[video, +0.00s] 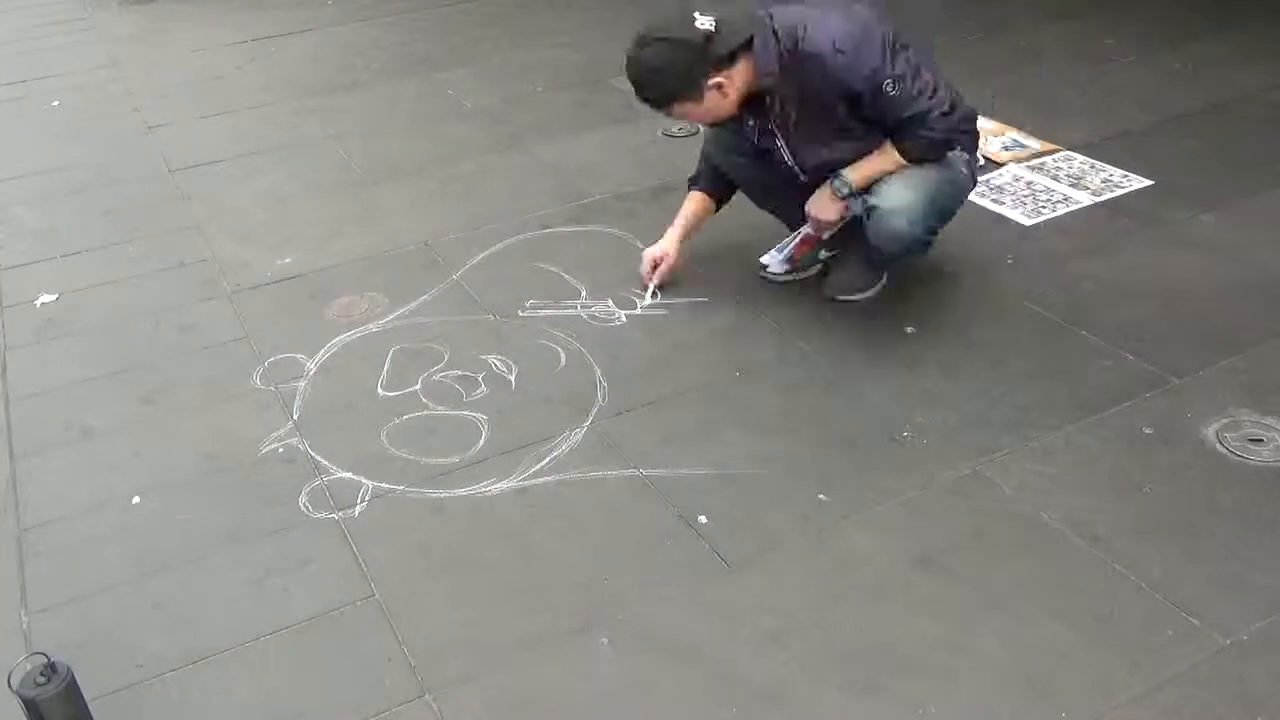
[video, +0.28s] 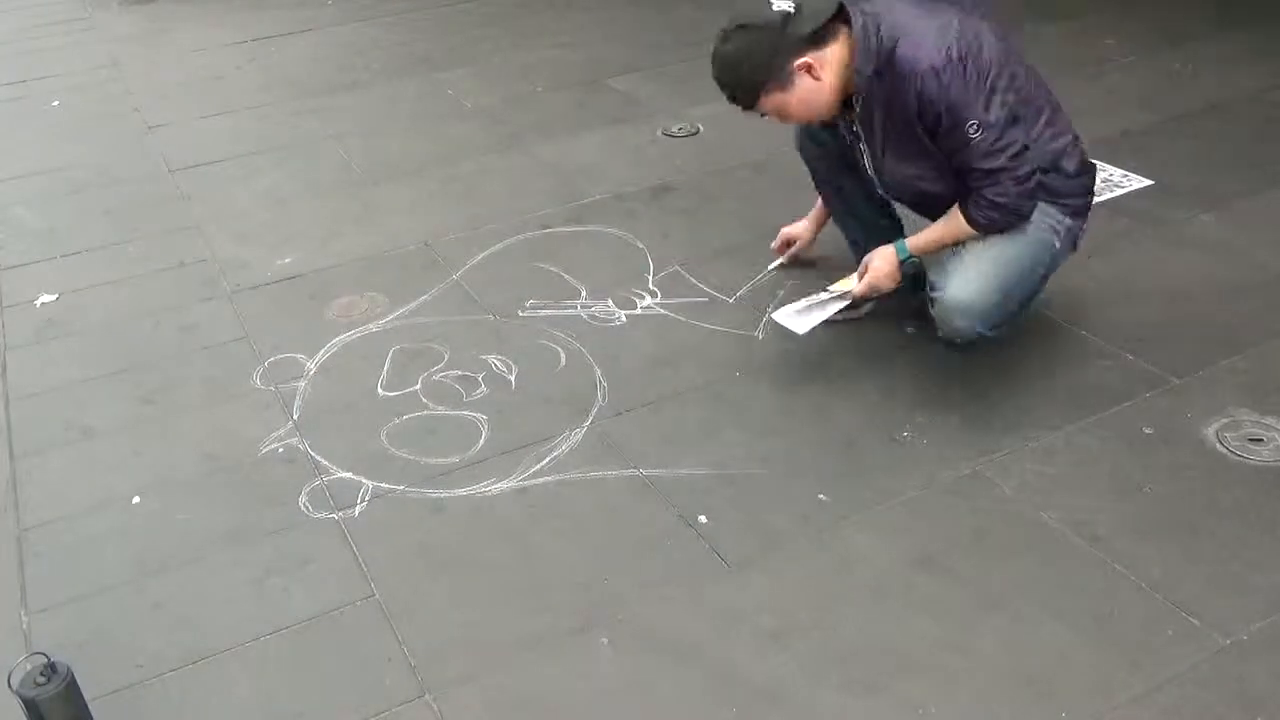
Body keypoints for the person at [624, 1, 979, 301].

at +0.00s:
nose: (691, 124)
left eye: (686, 114)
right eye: (682, 117)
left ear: (719, 86)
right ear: (717, 80)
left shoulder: (841, 48)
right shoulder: (736, 65)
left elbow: (944, 129)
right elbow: (718, 162)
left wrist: (842, 186)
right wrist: (675, 236)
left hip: (925, 151)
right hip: (838, 153)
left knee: (895, 219)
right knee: (730, 146)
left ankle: (872, 256)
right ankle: (822, 232)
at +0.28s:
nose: (789, 122)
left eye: (778, 111)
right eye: (775, 115)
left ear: (808, 72)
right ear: (806, 68)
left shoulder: (932, 66)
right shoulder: (843, 50)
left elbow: (1007, 199)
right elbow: (852, 149)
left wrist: (905, 252)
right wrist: (813, 222)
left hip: (1035, 194)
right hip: (947, 175)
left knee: (959, 314)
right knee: (817, 136)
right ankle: (893, 276)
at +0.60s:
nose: (749, 135)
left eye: (745, 124)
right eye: (738, 126)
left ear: (782, 98)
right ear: (781, 94)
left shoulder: (928, 69)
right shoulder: (809, 100)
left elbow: (1010, 196)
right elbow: (777, 193)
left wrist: (904, 260)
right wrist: (731, 284)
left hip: (1027, 185)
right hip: (925, 191)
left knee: (1000, 293)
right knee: (790, 167)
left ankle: (1001, 320)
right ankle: (895, 293)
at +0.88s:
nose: (758, 172)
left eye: (759, 163)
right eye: (750, 165)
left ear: (803, 135)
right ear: (801, 132)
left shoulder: (941, 89)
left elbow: (1038, 185)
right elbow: (765, 207)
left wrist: (947, 269)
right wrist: (743, 311)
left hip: (1002, 203)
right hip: (914, 209)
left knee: (1063, 287)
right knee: (795, 203)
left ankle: (989, 288)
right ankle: (889, 303)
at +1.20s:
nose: (931, 157)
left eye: (934, 146)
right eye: (922, 150)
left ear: (979, 116)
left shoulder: (1122, 92)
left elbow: (1195, 214)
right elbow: (911, 194)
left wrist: (1076, 286)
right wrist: (871, 299)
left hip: (1138, 217)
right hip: (1052, 203)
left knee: (1169, 340)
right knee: (936, 170)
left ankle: (1099, 293)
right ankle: (965, 316)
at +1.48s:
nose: (893, 73)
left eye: (887, 62)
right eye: (883, 65)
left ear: (922, 33)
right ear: (923, 29)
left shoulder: (1039, 26)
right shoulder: (960, 46)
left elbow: (1104, 163)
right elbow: (920, 133)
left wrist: (1008, 234)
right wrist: (846, 216)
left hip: (1187, 146)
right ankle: (1117, 229)